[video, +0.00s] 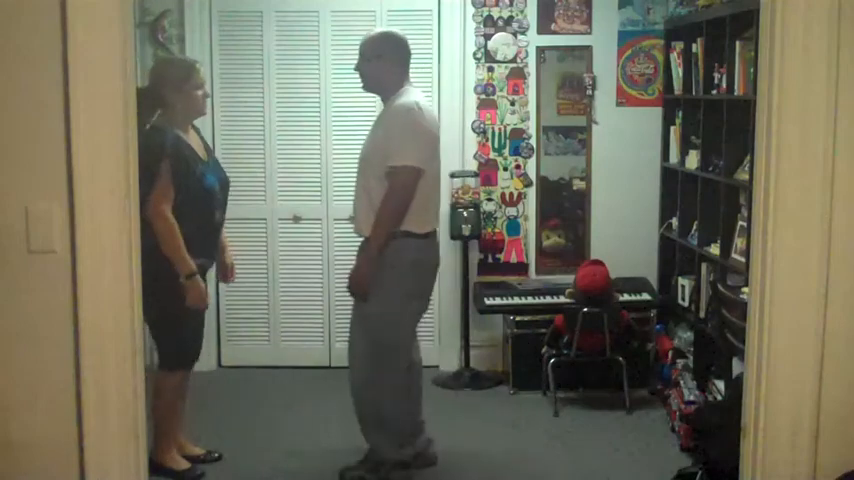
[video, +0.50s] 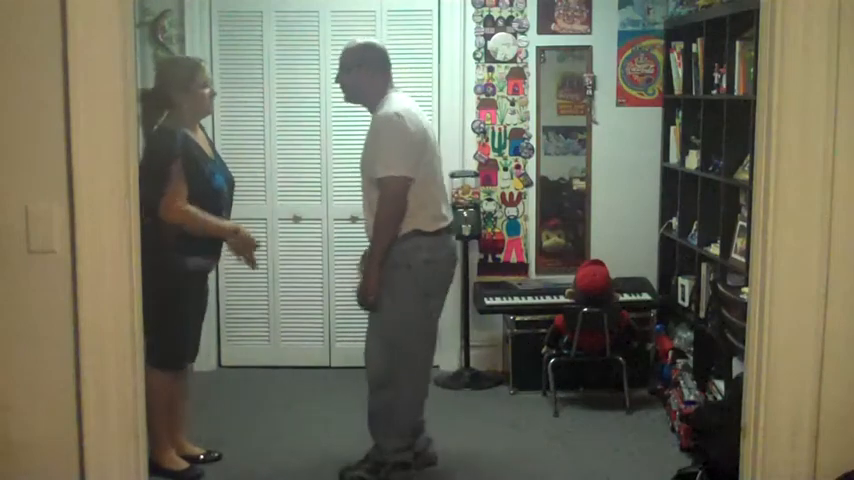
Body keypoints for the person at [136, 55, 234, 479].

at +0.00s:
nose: (205, 92)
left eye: (203, 86)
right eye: (197, 88)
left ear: (188, 94)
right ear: (172, 94)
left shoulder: (192, 134)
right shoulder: (158, 139)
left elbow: (202, 200)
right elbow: (157, 211)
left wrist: (222, 248)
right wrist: (188, 273)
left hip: (194, 263)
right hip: (167, 266)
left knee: (184, 358)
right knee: (174, 360)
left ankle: (176, 440)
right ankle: (163, 450)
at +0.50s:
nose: (211, 91)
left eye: (210, 85)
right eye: (203, 87)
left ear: (196, 94)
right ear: (179, 94)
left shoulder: (197, 133)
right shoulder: (169, 139)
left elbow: (199, 200)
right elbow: (171, 209)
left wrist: (232, 235)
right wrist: (229, 231)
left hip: (193, 264)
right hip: (169, 266)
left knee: (181, 358)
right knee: (164, 360)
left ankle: (178, 439)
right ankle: (162, 449)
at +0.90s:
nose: (235, 91)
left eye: (232, 85)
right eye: (227, 87)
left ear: (206, 98)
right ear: (205, 96)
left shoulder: (214, 136)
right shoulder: (199, 144)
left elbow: (225, 197)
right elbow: (219, 211)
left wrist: (257, 210)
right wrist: (265, 214)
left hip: (192, 259)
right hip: (186, 263)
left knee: (189, 351)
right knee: (226, 350)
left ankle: (173, 445)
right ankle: (223, 454)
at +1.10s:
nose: (257, 96)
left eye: (254, 90)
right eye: (249, 91)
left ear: (226, 102)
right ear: (225, 101)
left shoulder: (233, 142)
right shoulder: (219, 147)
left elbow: (257, 175)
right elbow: (224, 213)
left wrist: (295, 178)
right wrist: (279, 225)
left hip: (219, 265)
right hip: (214, 269)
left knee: (203, 356)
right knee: (264, 352)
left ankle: (176, 443)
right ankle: (288, 451)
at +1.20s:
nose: (269, 98)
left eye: (266, 92)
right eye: (260, 94)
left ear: (241, 105)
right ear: (237, 104)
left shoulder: (250, 144)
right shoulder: (234, 148)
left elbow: (279, 171)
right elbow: (230, 214)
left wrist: (324, 165)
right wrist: (289, 231)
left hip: (245, 269)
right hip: (228, 271)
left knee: (230, 356)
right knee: (276, 356)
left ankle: (182, 437)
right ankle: (289, 452)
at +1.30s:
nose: (283, 98)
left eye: (280, 92)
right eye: (275, 93)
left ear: (255, 103)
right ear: (252, 103)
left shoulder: (270, 143)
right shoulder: (246, 146)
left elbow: (306, 167)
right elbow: (239, 211)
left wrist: (353, 157)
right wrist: (299, 232)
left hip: (269, 267)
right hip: (245, 269)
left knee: (282, 353)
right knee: (284, 354)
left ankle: (216, 411)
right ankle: (290, 455)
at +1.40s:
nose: (295, 98)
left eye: (292, 92)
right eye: (287, 94)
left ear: (276, 104)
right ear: (263, 104)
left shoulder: (295, 144)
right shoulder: (254, 148)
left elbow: (329, 161)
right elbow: (244, 212)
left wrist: (376, 147)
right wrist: (303, 225)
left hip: (290, 265)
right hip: (253, 268)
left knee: (325, 350)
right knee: (290, 358)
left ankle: (278, 415)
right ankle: (288, 447)